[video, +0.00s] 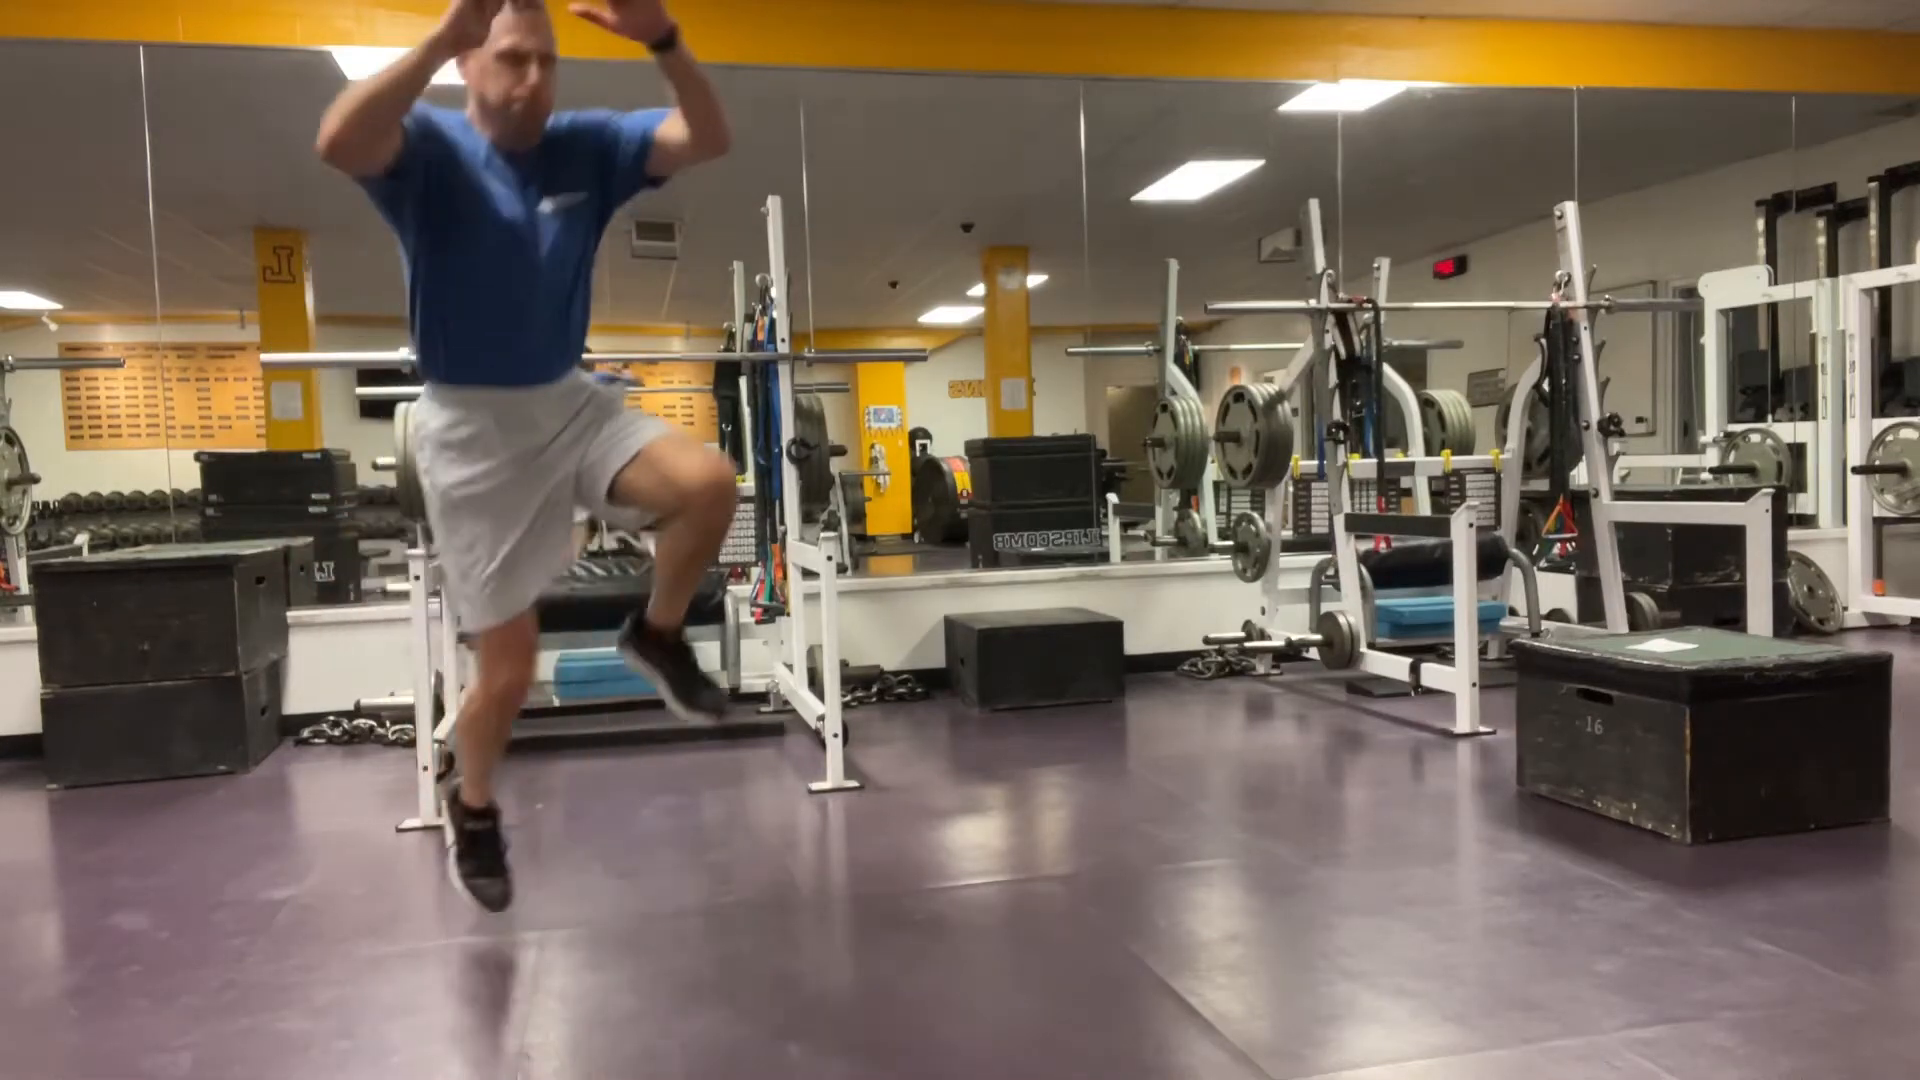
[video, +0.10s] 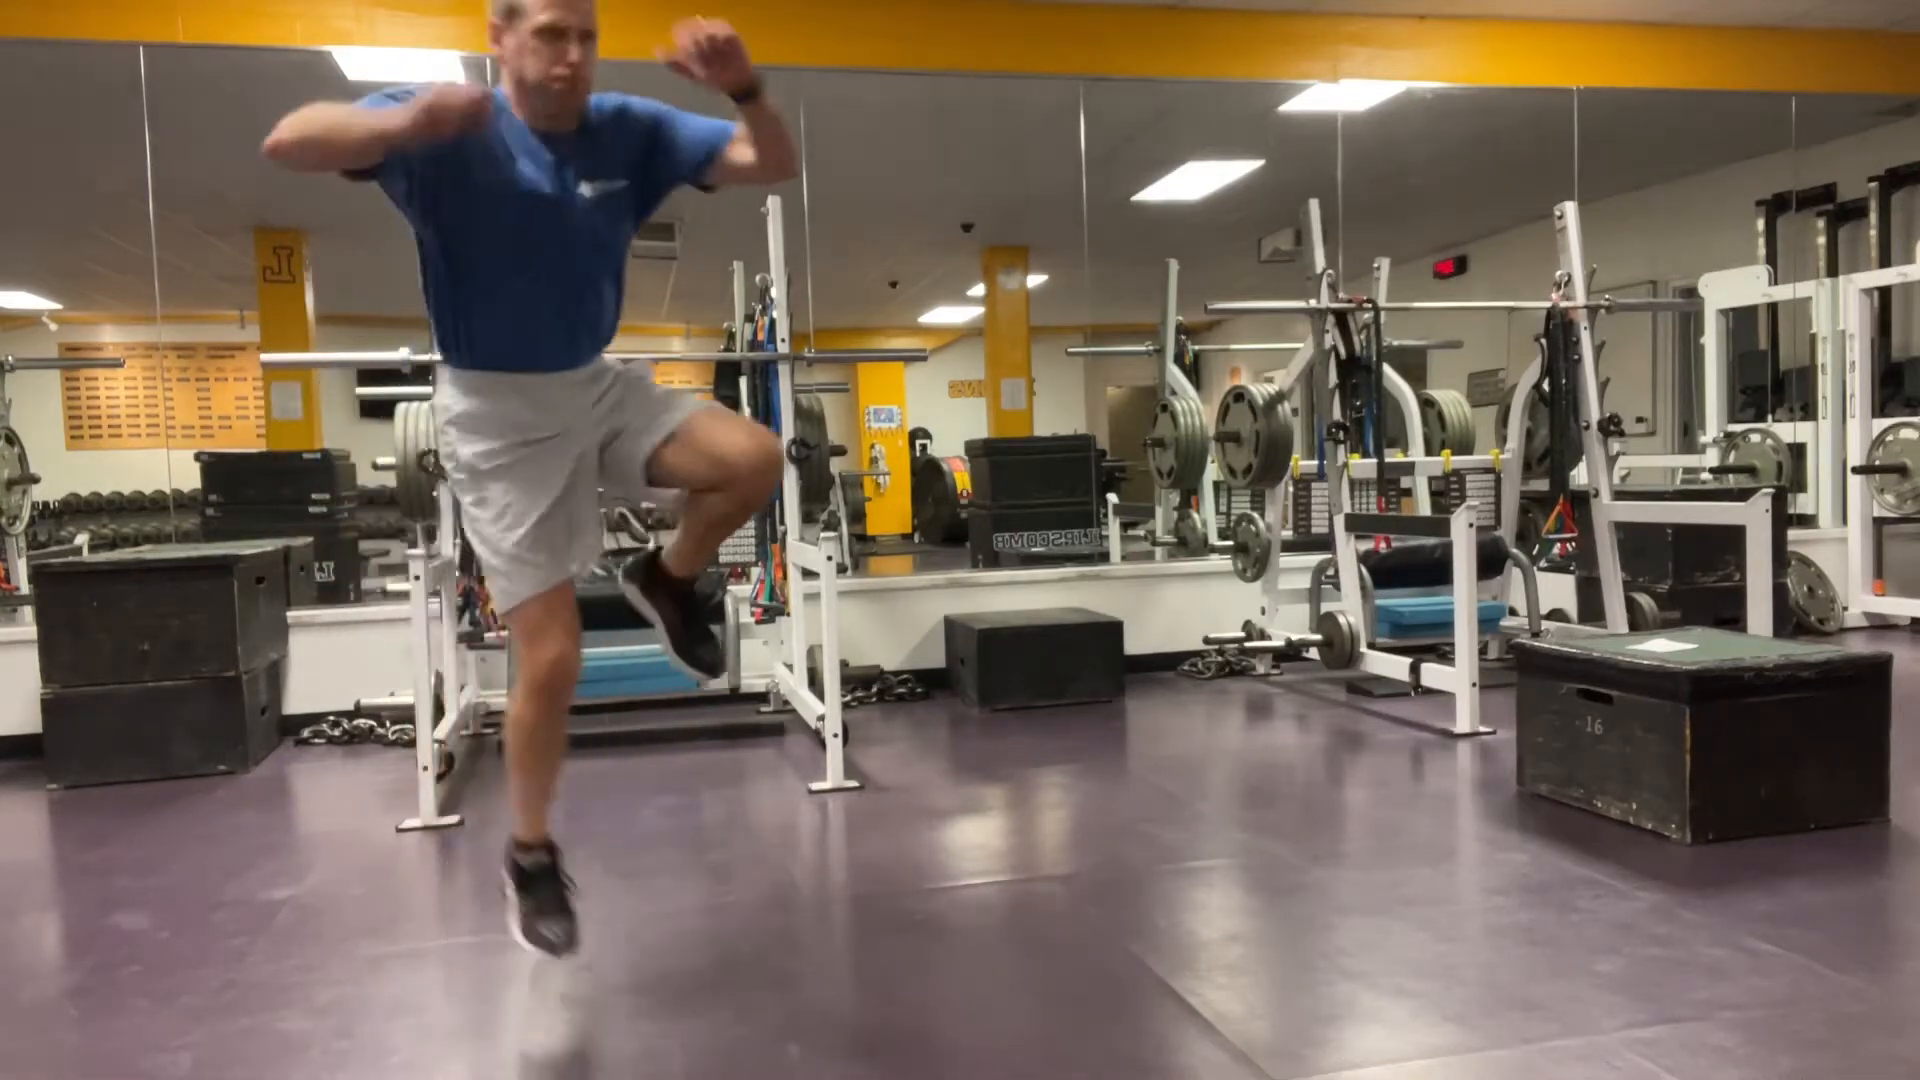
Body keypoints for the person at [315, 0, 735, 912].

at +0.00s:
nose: (529, 78)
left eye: (542, 62)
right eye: (510, 60)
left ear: (558, 71)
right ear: (467, 67)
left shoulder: (586, 147)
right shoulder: (428, 146)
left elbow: (708, 136)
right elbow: (340, 144)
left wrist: (666, 45)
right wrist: (442, 39)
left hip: (570, 406)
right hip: (471, 429)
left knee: (706, 485)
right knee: (508, 670)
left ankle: (658, 634)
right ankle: (475, 811)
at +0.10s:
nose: (569, 58)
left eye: (582, 38)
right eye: (547, 36)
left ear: (598, 46)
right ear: (499, 43)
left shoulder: (630, 130)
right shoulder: (446, 129)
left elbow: (774, 163)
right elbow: (286, 140)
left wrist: (745, 91)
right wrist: (405, 125)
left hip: (602, 389)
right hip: (496, 419)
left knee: (753, 461)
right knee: (551, 660)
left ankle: (671, 579)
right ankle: (533, 856)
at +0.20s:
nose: (614, 99)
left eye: (626, 78)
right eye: (593, 79)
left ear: (645, 81)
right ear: (542, 82)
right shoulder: (478, 165)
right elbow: (277, 204)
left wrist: (794, 181)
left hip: (634, 428)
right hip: (525, 457)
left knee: (810, 483)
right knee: (585, 706)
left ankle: (685, 575)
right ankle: (614, 959)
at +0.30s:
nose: (673, 179)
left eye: (681, 157)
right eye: (649, 160)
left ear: (694, 160)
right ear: (587, 164)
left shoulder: (721, 256)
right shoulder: (510, 281)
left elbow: (850, 297)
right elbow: (346, 391)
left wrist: (833, 329)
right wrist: (380, 503)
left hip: (674, 519)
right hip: (563, 545)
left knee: (860, 567)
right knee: (649, 762)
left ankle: (731, 681)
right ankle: (641, 1034)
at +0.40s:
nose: (730, 239)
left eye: (735, 216)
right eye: (702, 220)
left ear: (746, 216)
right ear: (635, 231)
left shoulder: (783, 334)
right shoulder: (560, 365)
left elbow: (866, 440)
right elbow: (461, 535)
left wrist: (837, 478)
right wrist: (522, 664)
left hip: (715, 567)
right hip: (593, 592)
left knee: (859, 685)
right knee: (684, 792)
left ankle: (762, 818)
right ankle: (643, 1035)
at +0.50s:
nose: (790, 267)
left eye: (795, 242)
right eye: (762, 246)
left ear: (804, 242)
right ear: (695, 256)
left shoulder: (829, 356)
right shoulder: (615, 383)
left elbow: (858, 509)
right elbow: (560, 574)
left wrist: (820, 579)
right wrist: (642, 694)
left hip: (753, 595)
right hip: (636, 611)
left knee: (861, 750)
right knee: (721, 813)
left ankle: (742, 890)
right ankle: (644, 1034)